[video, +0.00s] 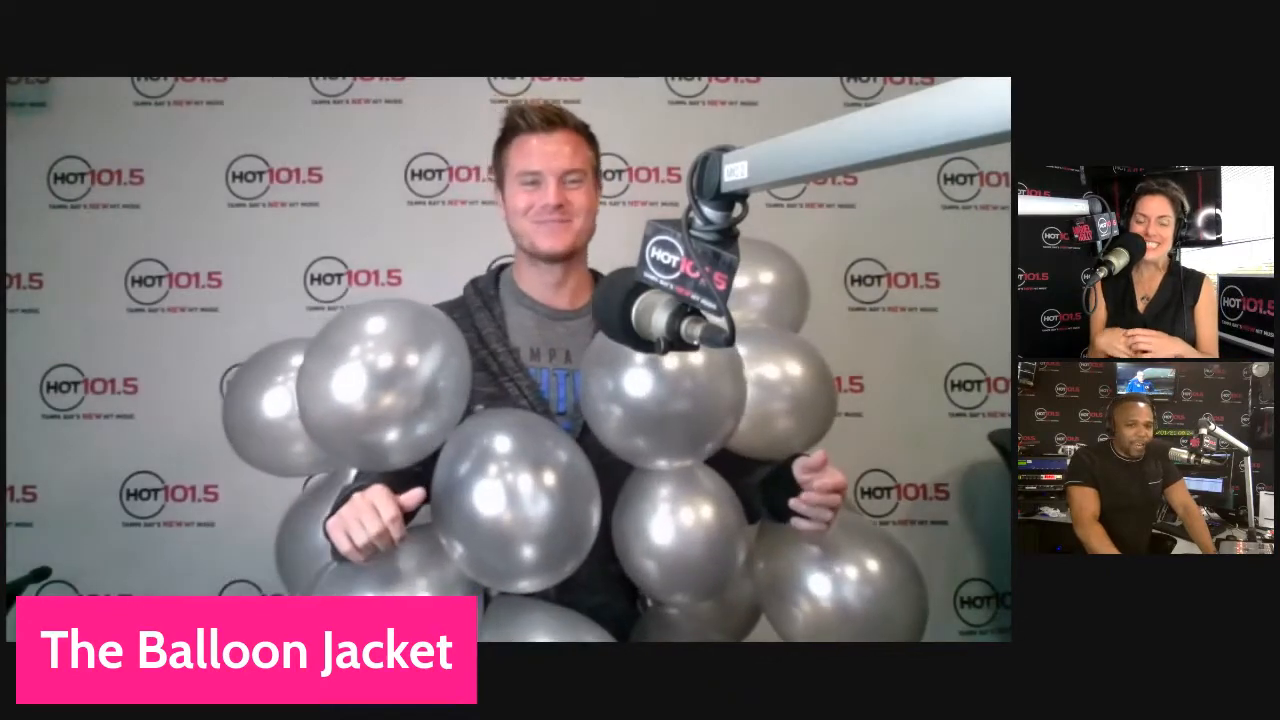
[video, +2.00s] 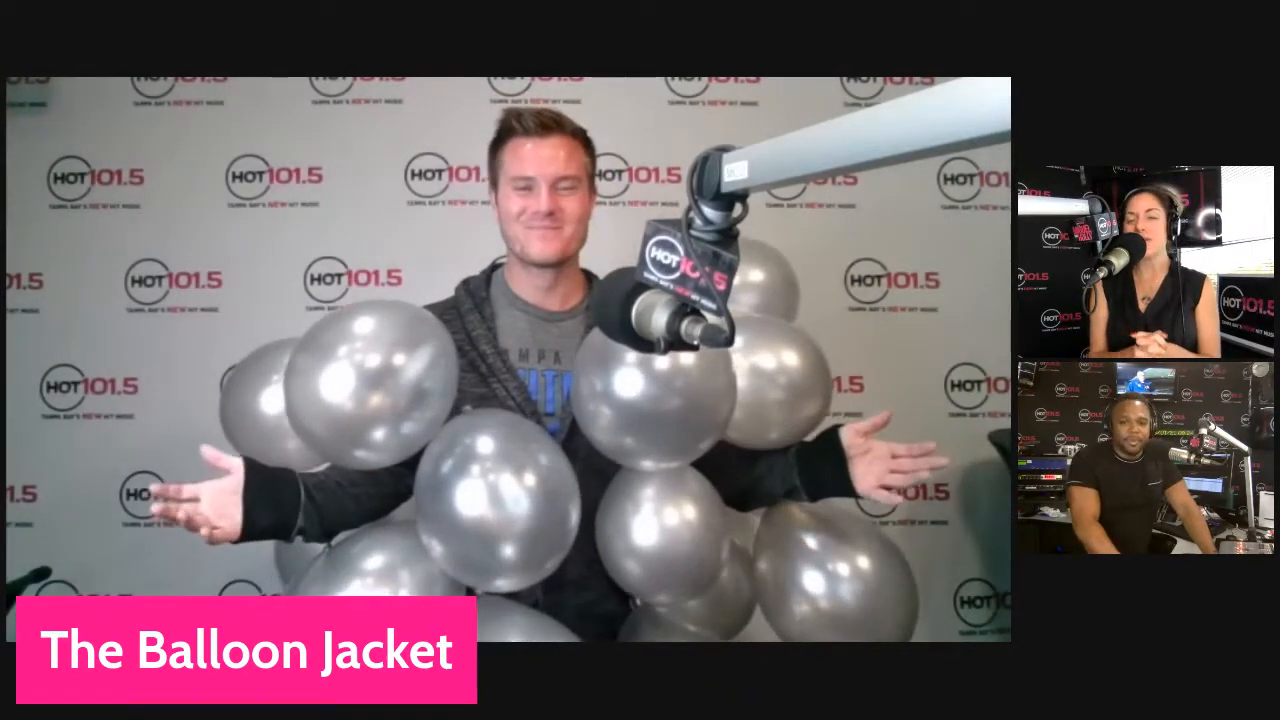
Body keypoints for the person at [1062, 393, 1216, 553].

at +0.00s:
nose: (1142, 433)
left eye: (1148, 425)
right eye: (1131, 425)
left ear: (1154, 428)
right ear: (1112, 427)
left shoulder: (1157, 458)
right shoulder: (1087, 460)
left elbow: (1186, 508)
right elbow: (1086, 524)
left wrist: (1211, 552)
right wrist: (1118, 560)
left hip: (1144, 556)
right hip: (1100, 556)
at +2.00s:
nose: (1134, 429)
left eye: (1142, 422)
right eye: (1125, 422)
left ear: (1151, 428)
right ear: (1111, 427)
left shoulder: (1158, 458)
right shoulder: (1088, 461)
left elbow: (1188, 509)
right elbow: (1086, 525)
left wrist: (1211, 553)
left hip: (1143, 556)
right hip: (1100, 557)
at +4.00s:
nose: (1138, 431)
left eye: (1145, 424)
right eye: (1128, 423)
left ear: (1153, 429)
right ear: (1112, 427)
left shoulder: (1158, 458)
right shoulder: (1088, 461)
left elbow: (1188, 509)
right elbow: (1086, 525)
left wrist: (1211, 553)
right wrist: (1120, 565)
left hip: (1142, 557)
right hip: (1096, 560)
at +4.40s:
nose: (1138, 430)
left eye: (1145, 424)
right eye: (1128, 422)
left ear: (1152, 429)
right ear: (1112, 427)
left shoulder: (1159, 458)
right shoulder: (1088, 461)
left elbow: (1187, 508)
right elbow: (1085, 525)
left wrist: (1211, 553)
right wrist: (1120, 565)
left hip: (1142, 557)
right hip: (1097, 558)